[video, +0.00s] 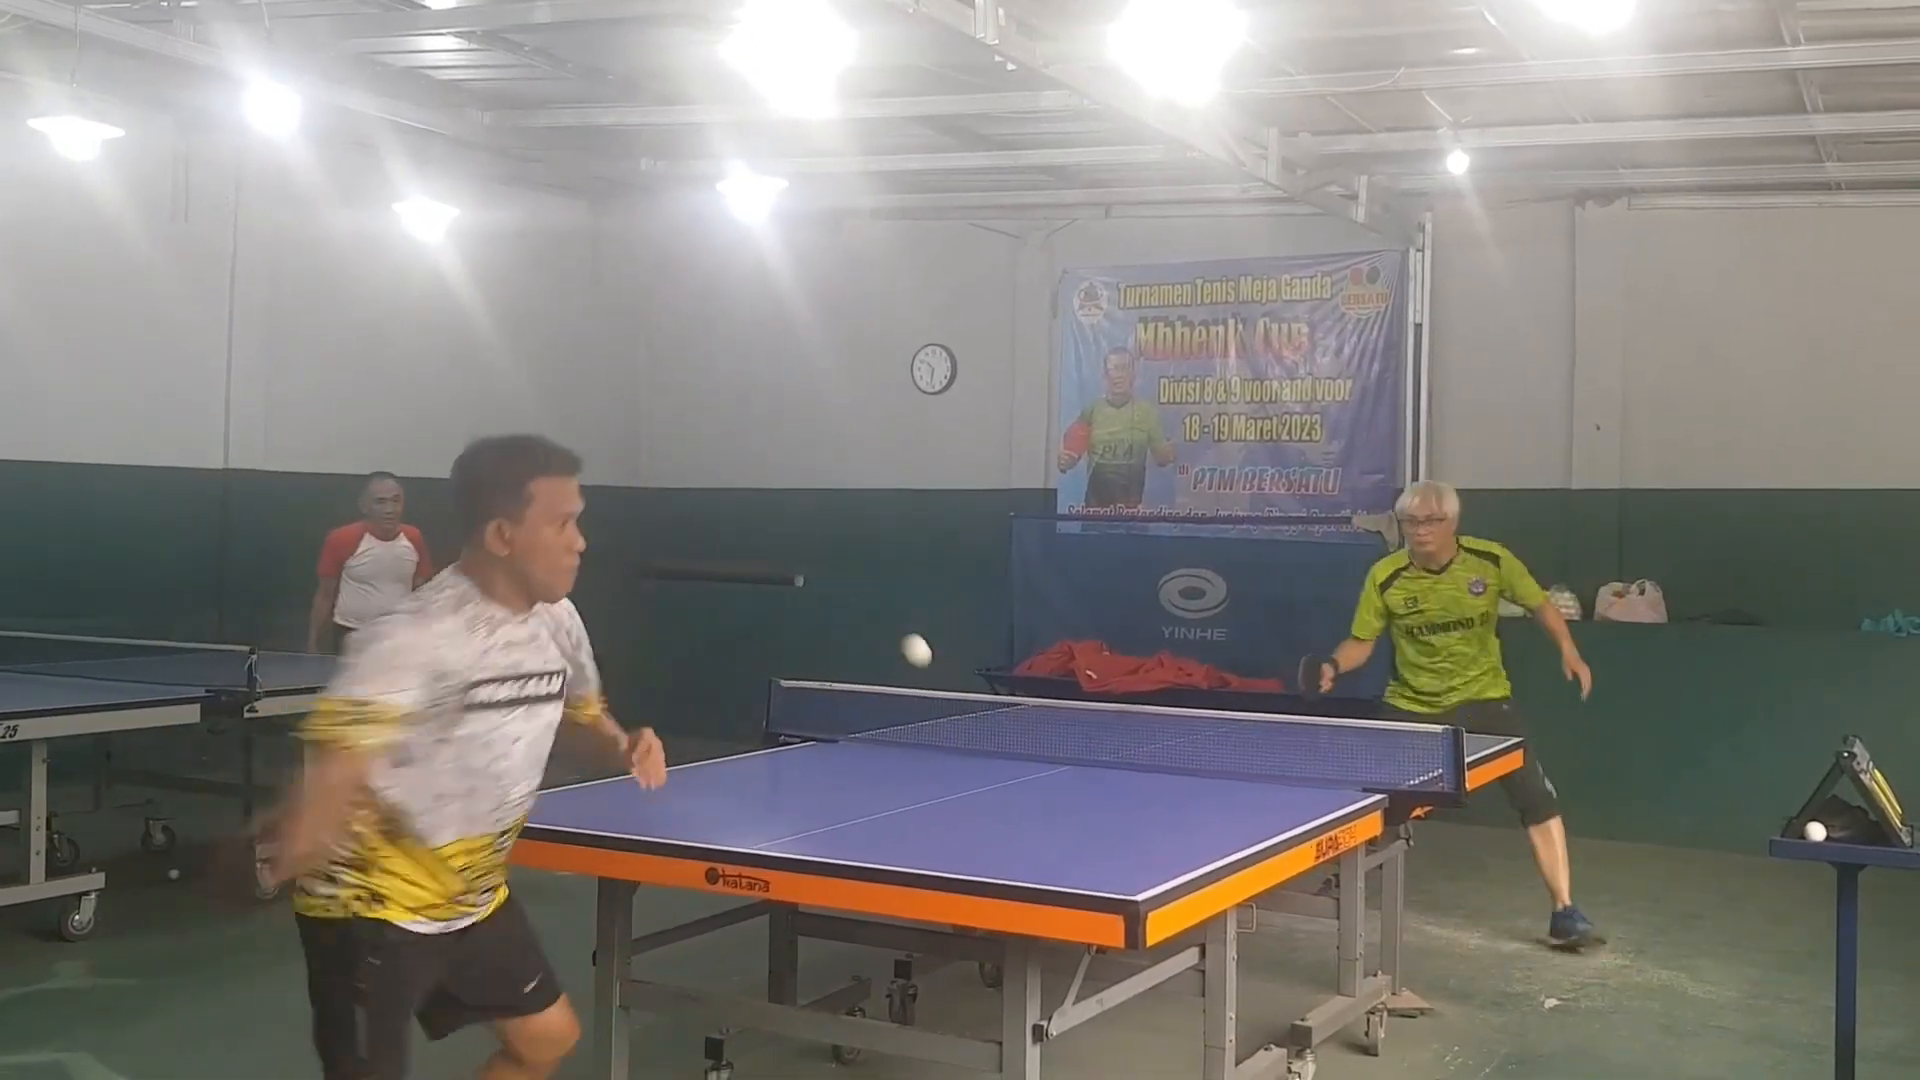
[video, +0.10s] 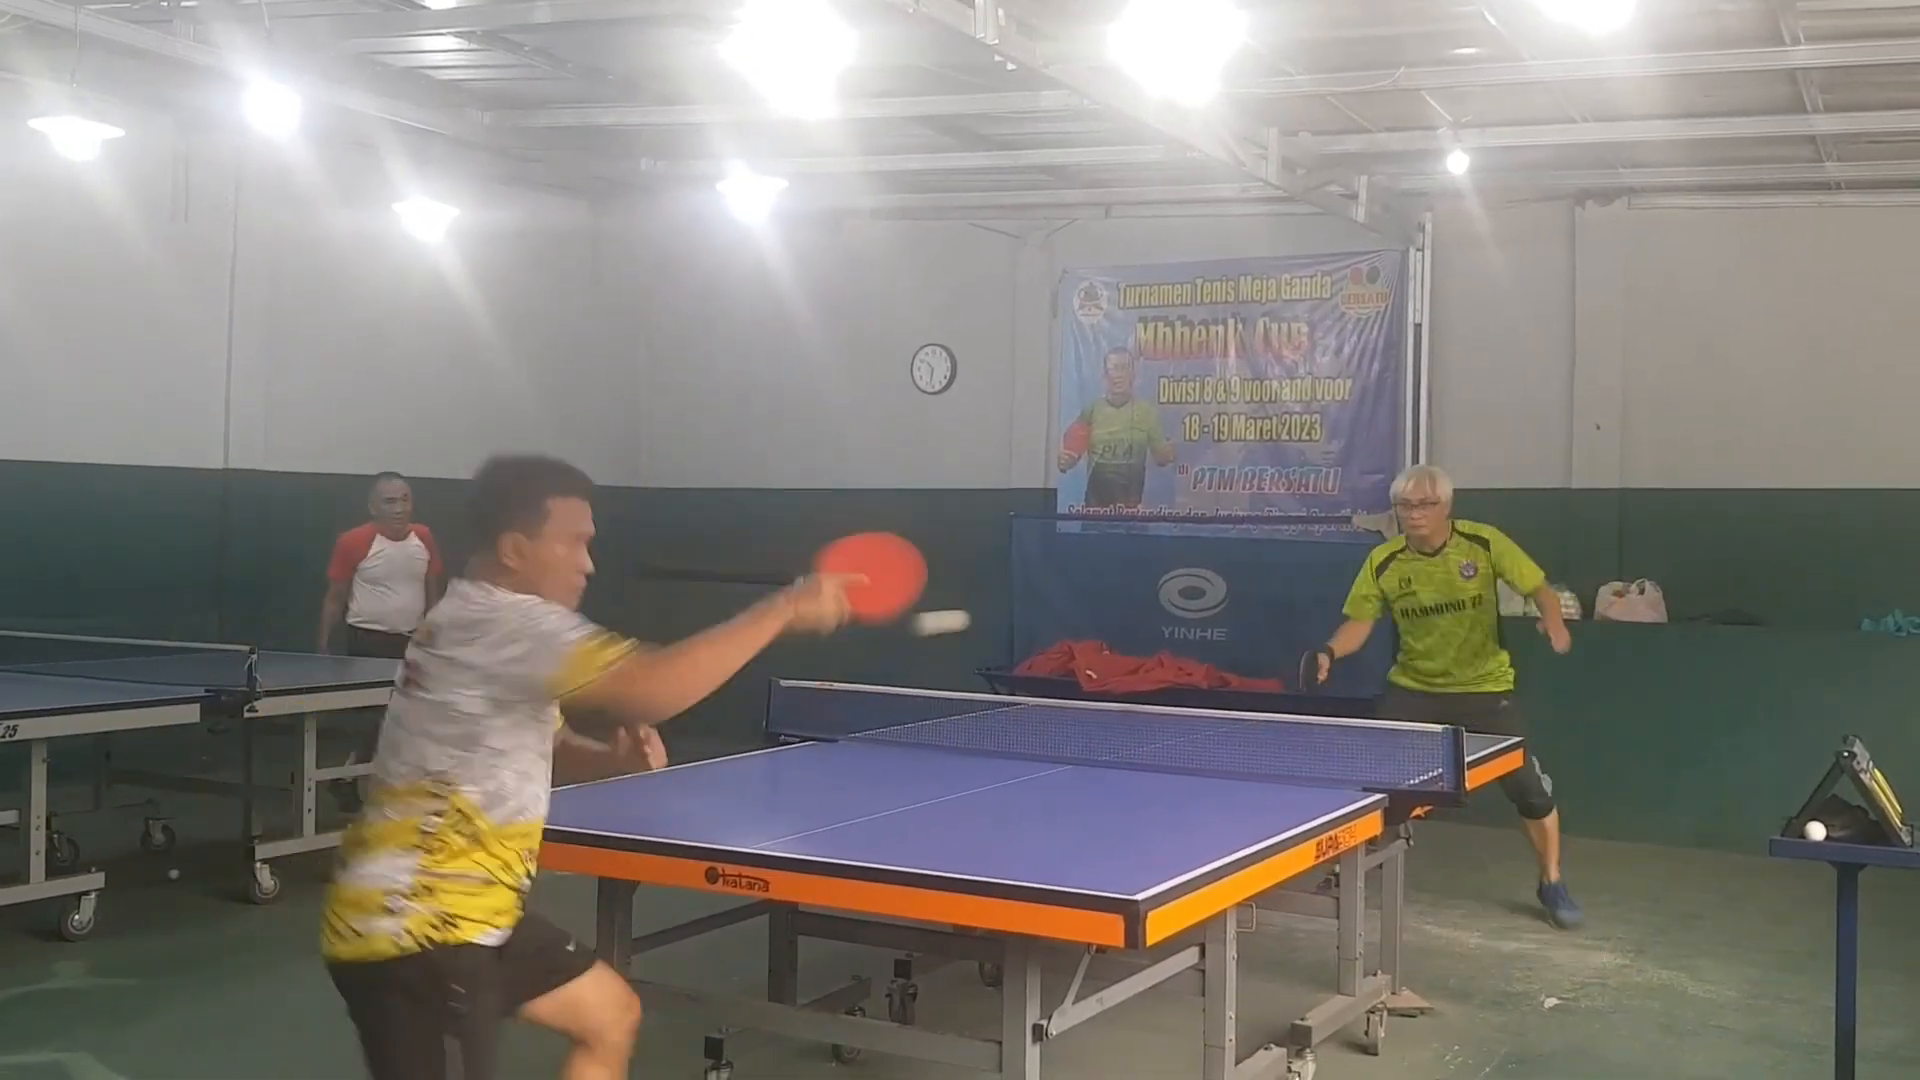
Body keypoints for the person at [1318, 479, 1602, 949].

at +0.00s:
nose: (1420, 531)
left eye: (1431, 522)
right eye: (1411, 522)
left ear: (1454, 524)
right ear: (1401, 526)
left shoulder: (1491, 561)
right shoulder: (1384, 576)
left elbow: (1540, 605)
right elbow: (1360, 641)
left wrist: (1568, 648)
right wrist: (1333, 666)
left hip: (1483, 699)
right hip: (1409, 702)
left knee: (1535, 792)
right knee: (1362, 781)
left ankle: (1564, 908)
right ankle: (1345, 871)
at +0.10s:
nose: (1414, 514)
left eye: (1425, 505)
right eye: (1406, 506)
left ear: (1447, 508)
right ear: (1396, 510)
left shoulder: (1484, 542)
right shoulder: (1383, 561)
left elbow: (1539, 589)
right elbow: (1358, 622)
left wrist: (1552, 617)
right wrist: (1329, 653)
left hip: (1485, 688)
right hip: (1411, 689)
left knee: (1529, 786)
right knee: (1369, 771)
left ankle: (1552, 882)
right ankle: (1349, 868)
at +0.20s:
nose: (1414, 510)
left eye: (1424, 501)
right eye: (1406, 502)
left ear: (1447, 504)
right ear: (1397, 507)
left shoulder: (1484, 537)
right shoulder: (1389, 557)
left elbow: (1539, 582)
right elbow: (1371, 619)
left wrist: (1540, 598)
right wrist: (1341, 648)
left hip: (1491, 684)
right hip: (1422, 681)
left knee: (1521, 788)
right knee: (1377, 759)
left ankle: (1549, 870)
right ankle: (1362, 857)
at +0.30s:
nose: (1398, 514)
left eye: (1408, 505)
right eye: (1395, 506)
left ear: (1439, 506)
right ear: (1395, 510)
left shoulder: (1483, 541)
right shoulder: (1395, 561)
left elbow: (1536, 583)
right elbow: (1383, 624)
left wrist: (1545, 592)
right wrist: (1333, 650)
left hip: (1492, 692)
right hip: (1423, 691)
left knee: (1531, 788)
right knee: (1374, 765)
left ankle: (1552, 874)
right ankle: (1358, 859)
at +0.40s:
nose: (1360, 501)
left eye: (1369, 492)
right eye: (1361, 493)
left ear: (1398, 496)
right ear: (1376, 500)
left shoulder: (1449, 528)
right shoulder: (1367, 557)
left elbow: (1511, 557)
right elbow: (1323, 601)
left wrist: (1551, 586)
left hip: (1487, 678)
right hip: (1422, 680)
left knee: (1526, 779)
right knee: (1375, 755)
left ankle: (1554, 872)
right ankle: (1372, 849)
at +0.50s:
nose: (1319, 506)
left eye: (1329, 497)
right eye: (1319, 498)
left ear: (1360, 503)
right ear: (1326, 508)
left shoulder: (1401, 527)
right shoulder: (1322, 555)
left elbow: (1472, 545)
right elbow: (1263, 559)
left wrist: (1528, 578)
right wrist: (1212, 557)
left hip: (1467, 658)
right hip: (1412, 668)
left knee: (1522, 745)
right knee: (1374, 749)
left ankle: (1577, 841)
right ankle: (1371, 839)